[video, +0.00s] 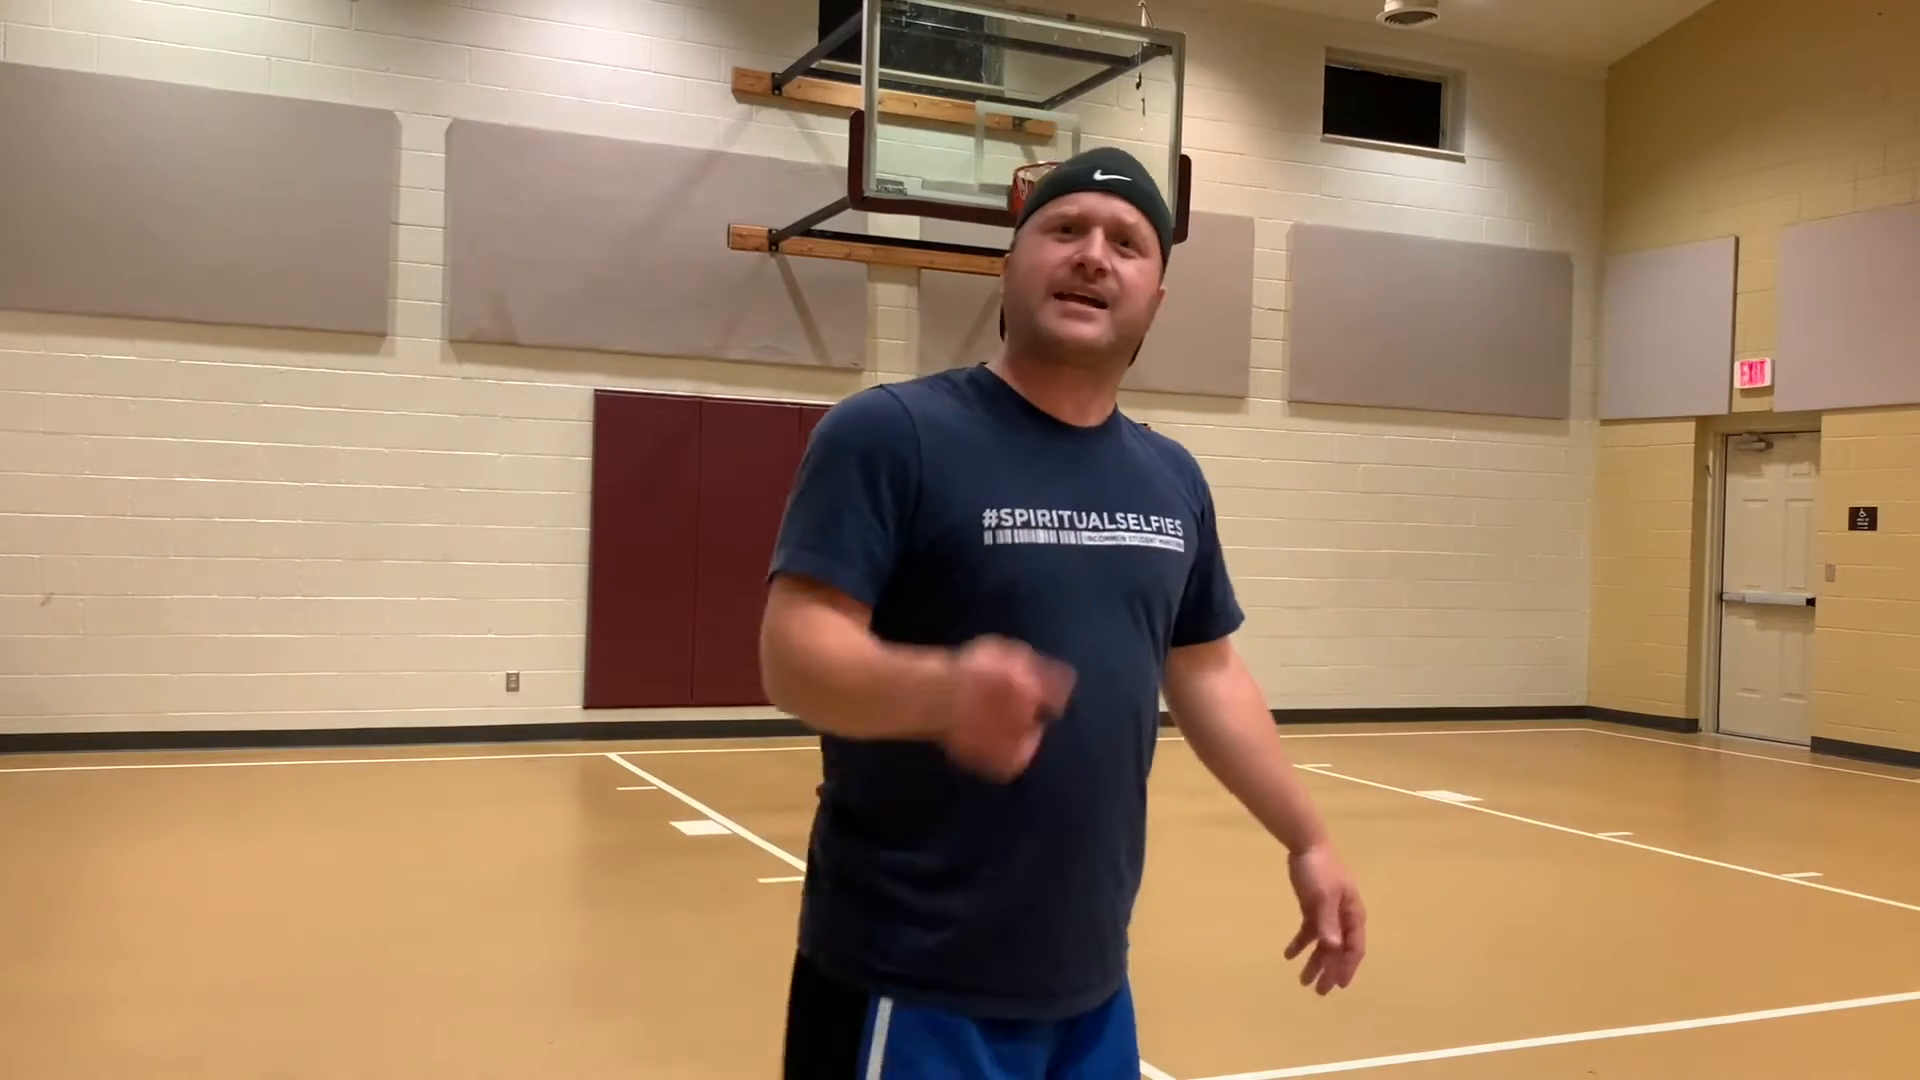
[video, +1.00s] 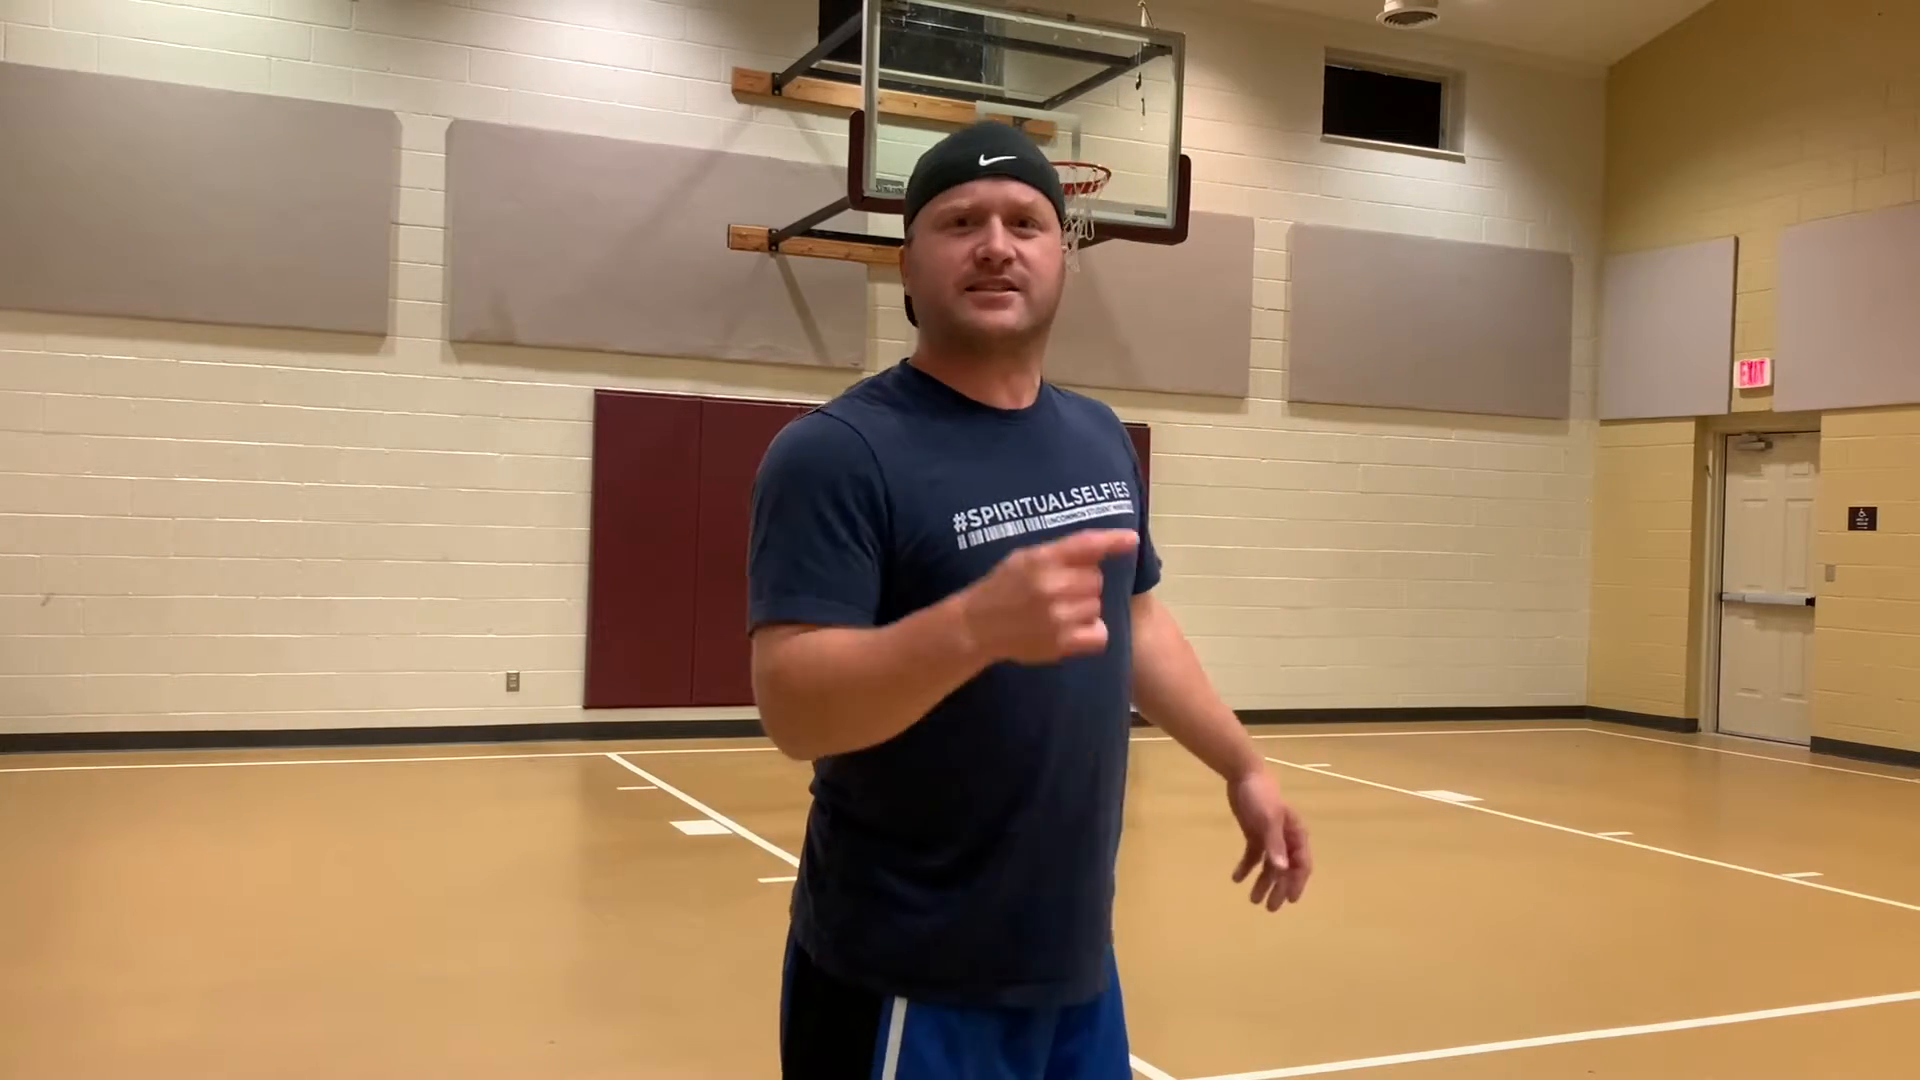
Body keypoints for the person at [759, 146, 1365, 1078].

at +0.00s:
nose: (1093, 255)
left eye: (1126, 243)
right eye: (1065, 229)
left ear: (1159, 294)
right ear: (1007, 261)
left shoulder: (1172, 482)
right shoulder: (888, 435)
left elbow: (1208, 669)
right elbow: (794, 654)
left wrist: (1308, 840)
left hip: (1087, 981)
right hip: (901, 983)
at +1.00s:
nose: (995, 247)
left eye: (1025, 223)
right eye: (960, 223)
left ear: (1065, 260)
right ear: (907, 263)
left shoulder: (1097, 437)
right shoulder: (835, 455)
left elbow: (1134, 618)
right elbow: (797, 710)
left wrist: (1242, 763)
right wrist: (974, 626)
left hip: (1072, 954)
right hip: (901, 973)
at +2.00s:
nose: (1007, 261)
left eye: (1039, 233)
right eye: (973, 232)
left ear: (1082, 261)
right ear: (921, 261)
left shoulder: (1115, 448)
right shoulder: (835, 459)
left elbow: (1146, 641)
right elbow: (776, 713)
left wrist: (1226, 820)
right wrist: (776, 979)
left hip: (1078, 974)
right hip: (899, 996)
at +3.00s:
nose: (1079, 262)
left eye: (1091, 239)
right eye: (1037, 241)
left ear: (1110, 266)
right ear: (961, 289)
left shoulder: (1128, 430)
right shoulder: (909, 453)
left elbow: (1243, 575)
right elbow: (891, 701)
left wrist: (1086, 489)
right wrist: (984, 949)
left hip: (1046, 946)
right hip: (896, 952)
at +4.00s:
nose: (968, 238)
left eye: (1007, 222)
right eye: (944, 217)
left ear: (1063, 275)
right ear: (903, 259)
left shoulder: (1111, 422)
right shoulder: (840, 413)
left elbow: (1319, 507)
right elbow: (975, 601)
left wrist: (1540, 568)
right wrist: (1115, 414)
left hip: (1061, 948)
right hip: (888, 962)